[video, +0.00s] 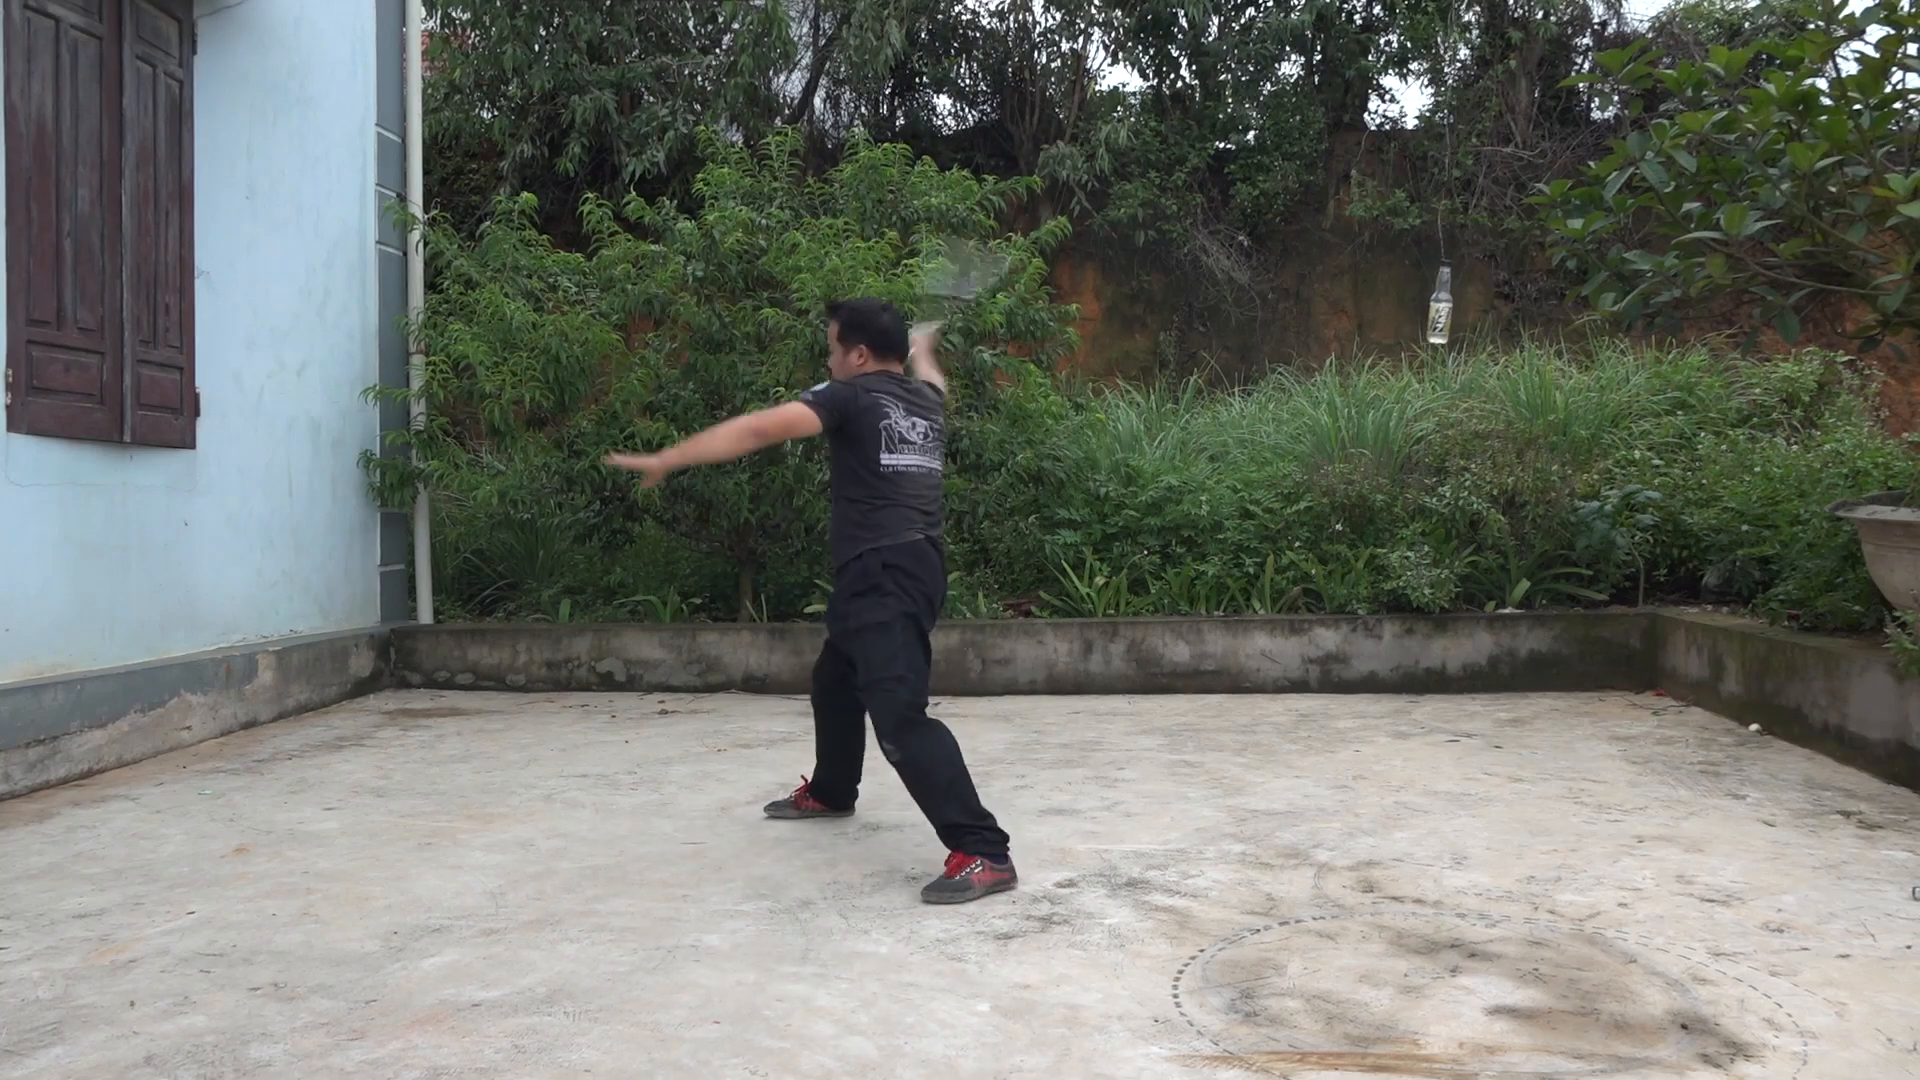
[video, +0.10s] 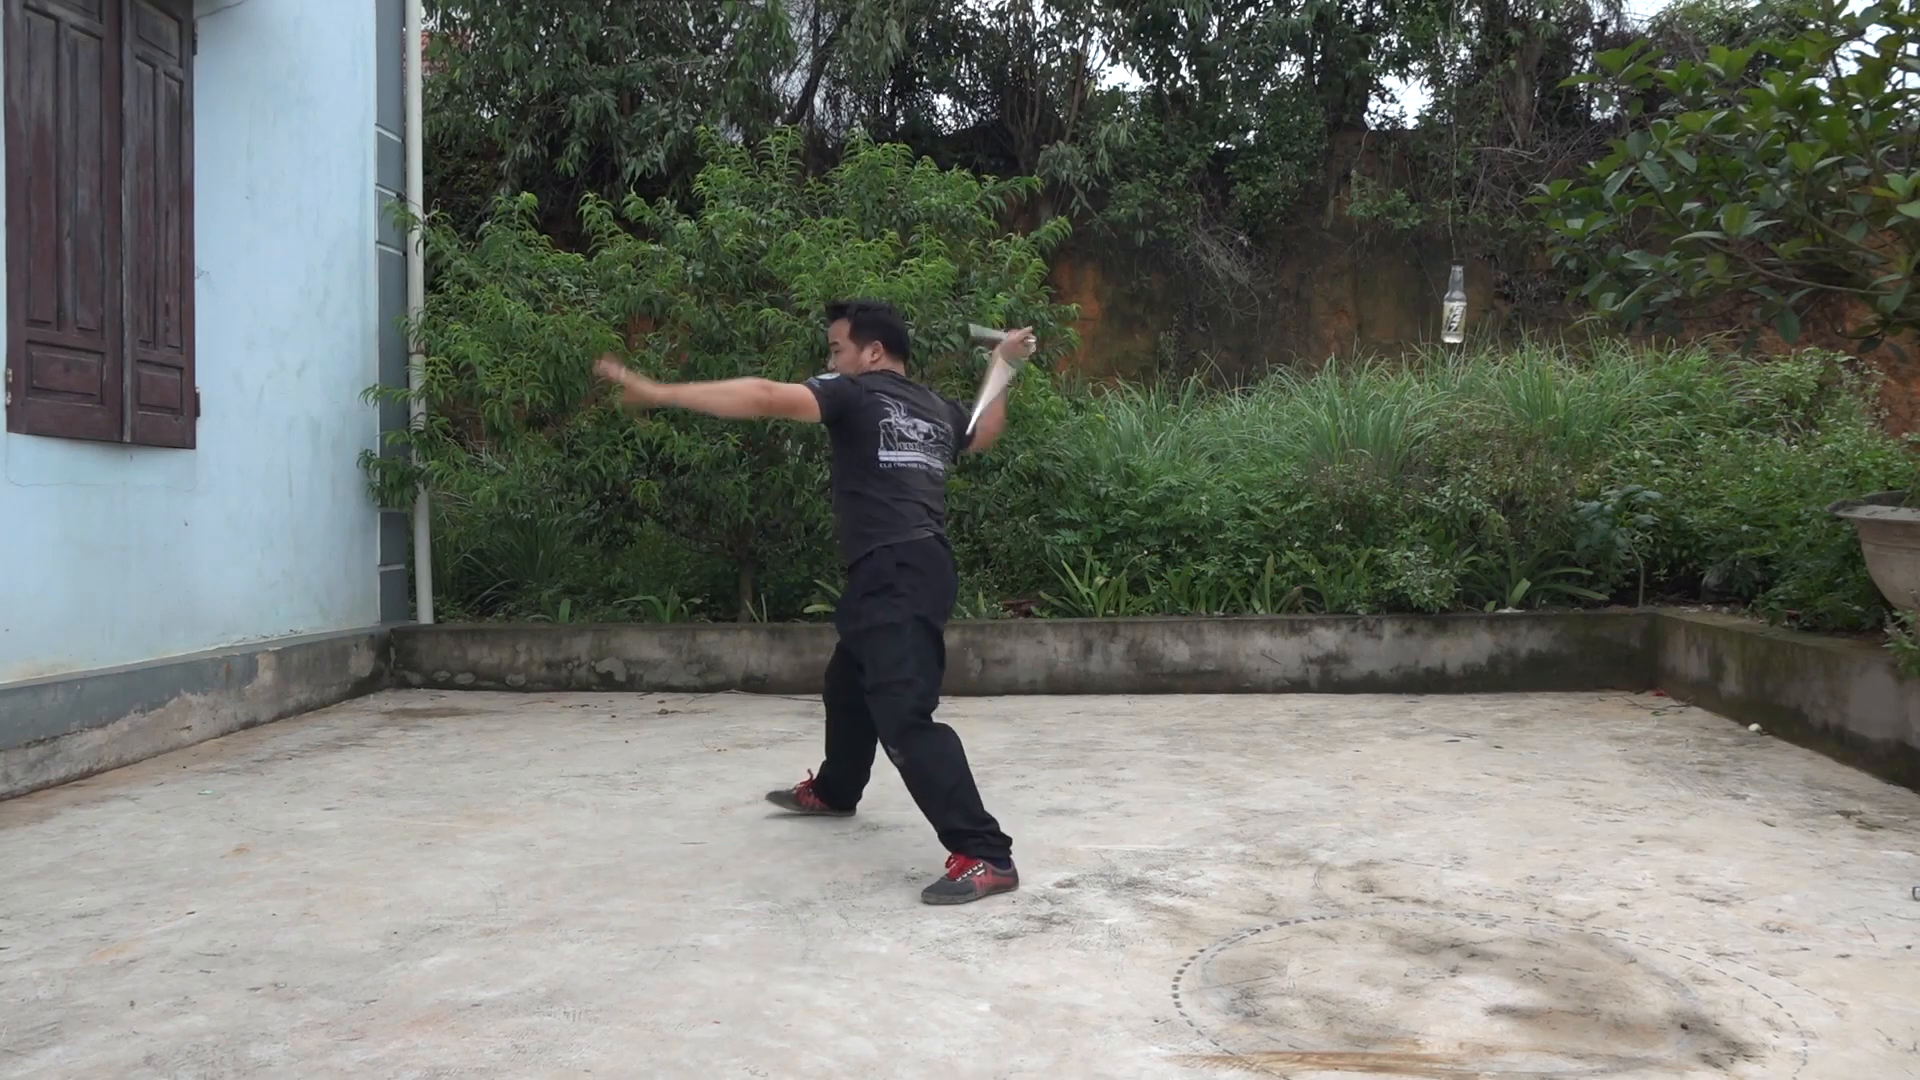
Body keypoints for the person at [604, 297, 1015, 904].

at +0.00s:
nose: (831, 358)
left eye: (836, 348)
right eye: (832, 347)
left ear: (860, 350)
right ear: (893, 353)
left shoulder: (851, 395)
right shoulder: (925, 398)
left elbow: (760, 428)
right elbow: (932, 382)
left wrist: (667, 458)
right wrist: (922, 348)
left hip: (882, 572)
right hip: (912, 569)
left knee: (900, 719)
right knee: (835, 681)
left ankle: (984, 853)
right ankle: (832, 793)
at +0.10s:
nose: (831, 359)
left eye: (838, 348)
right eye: (832, 349)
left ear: (874, 349)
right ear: (887, 354)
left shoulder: (856, 392)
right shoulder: (937, 406)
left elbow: (764, 396)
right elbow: (984, 432)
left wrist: (657, 391)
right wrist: (1002, 366)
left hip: (894, 571)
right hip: (910, 569)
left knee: (903, 717)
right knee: (848, 682)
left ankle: (985, 856)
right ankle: (835, 792)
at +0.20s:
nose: (828, 369)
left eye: (837, 357)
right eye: (828, 358)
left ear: (879, 358)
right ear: (885, 363)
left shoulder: (860, 400)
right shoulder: (944, 411)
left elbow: (776, 380)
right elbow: (1011, 454)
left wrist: (684, 336)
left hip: (913, 577)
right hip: (916, 577)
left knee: (901, 719)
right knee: (843, 675)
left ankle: (985, 856)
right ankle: (856, 791)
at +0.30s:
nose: (825, 368)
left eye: (838, 355)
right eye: (821, 357)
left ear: (878, 361)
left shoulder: (874, 405)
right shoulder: (919, 401)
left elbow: (787, 386)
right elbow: (971, 425)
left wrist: (702, 333)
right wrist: (942, 493)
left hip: (939, 575)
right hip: (897, 583)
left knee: (947, 707)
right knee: (839, 688)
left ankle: (988, 851)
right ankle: (862, 793)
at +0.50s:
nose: (897, 361)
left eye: (908, 349)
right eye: (882, 353)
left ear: (927, 356)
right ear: (867, 360)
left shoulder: (933, 400)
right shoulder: (870, 411)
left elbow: (880, 385)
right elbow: (830, 403)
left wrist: (794, 367)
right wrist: (781, 392)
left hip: (979, 571)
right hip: (917, 581)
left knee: (1053, 686)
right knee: (854, 683)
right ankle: (862, 793)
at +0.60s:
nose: (938, 353)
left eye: (946, 342)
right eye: (921, 343)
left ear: (958, 352)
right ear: (892, 357)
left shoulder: (972, 399)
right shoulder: (886, 419)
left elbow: (1001, 351)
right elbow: (838, 433)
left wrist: (951, 311)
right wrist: (818, 367)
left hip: (1011, 581)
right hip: (929, 589)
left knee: (1104, 679)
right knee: (867, 690)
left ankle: (1188, 786)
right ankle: (863, 792)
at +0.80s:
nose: (1046, 326)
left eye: (1047, 316)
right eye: (1028, 319)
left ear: (1054, 325)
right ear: (993, 339)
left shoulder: (1073, 368)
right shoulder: (990, 401)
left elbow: (1145, 335)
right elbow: (994, 428)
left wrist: (1143, 305)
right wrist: (942, 350)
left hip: (1114, 567)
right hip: (1042, 574)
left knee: (1181, 679)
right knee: (993, 679)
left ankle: (1205, 796)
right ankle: (939, 746)